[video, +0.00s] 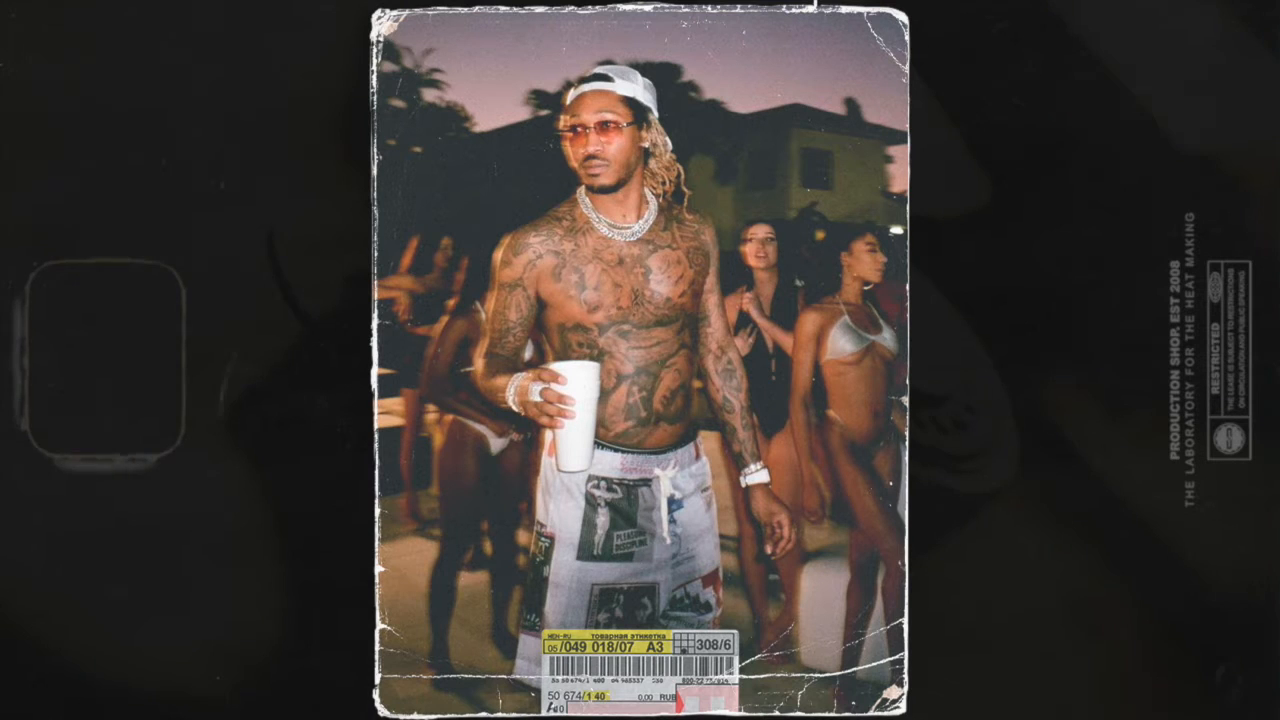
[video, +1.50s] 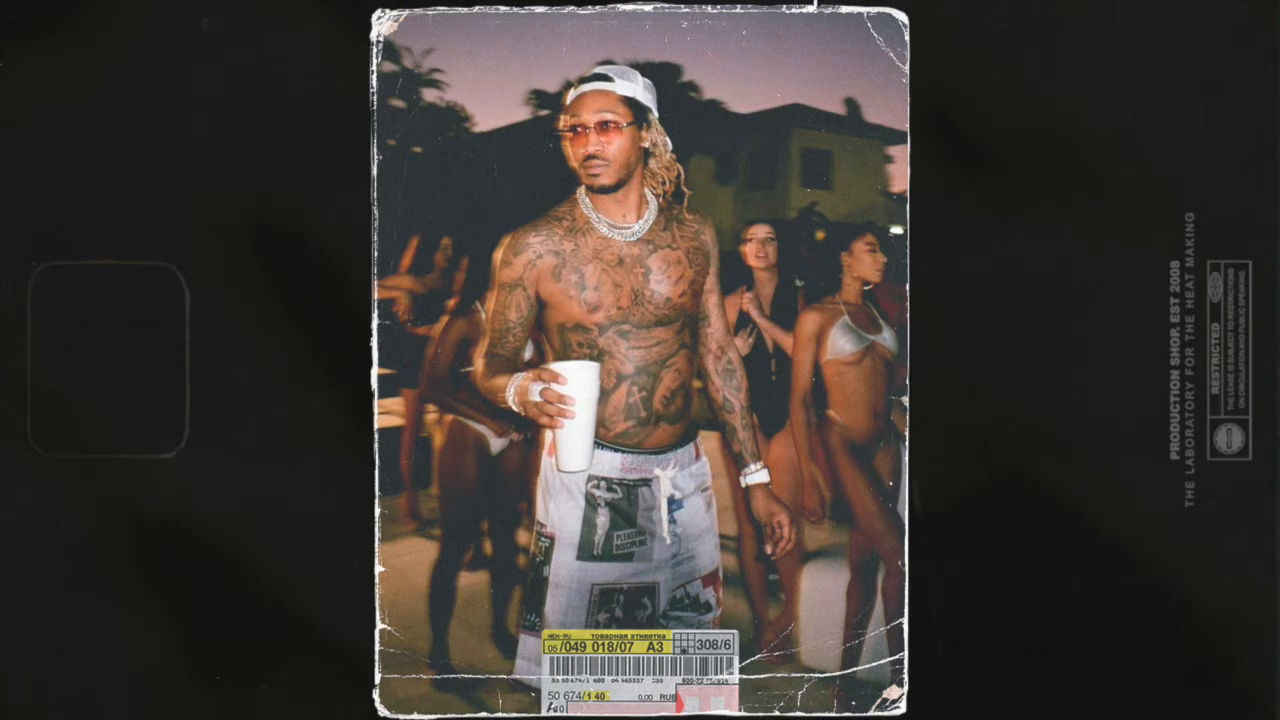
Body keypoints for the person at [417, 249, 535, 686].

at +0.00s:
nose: (515, 291)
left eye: (523, 283)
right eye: (509, 280)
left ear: (531, 291)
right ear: (495, 281)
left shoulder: (530, 334)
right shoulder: (464, 323)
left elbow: (542, 386)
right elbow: (434, 388)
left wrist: (528, 421)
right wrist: (489, 422)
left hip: (513, 446)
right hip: (465, 442)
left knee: (506, 541)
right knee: (456, 543)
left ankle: (501, 627)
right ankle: (439, 652)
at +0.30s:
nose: (514, 291)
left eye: (522, 284)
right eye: (508, 281)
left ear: (531, 291)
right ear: (494, 281)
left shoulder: (530, 332)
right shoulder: (465, 322)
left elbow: (543, 385)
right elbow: (434, 387)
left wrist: (528, 420)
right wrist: (489, 422)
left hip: (514, 445)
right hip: (465, 441)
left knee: (506, 541)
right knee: (456, 544)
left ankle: (501, 628)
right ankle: (439, 649)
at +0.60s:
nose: (514, 290)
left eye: (522, 283)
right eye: (508, 280)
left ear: (531, 290)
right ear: (494, 280)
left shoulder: (530, 332)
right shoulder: (465, 323)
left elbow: (543, 384)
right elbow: (434, 387)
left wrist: (530, 420)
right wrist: (489, 421)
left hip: (514, 444)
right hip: (465, 440)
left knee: (506, 541)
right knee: (456, 544)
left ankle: (501, 628)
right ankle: (439, 650)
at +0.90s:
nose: (514, 288)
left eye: (521, 281)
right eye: (508, 278)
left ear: (531, 289)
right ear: (494, 278)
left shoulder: (530, 331)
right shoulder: (465, 323)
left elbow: (543, 384)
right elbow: (435, 387)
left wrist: (530, 419)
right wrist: (489, 421)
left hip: (514, 445)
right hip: (465, 441)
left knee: (506, 541)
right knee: (456, 544)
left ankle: (501, 628)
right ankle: (439, 649)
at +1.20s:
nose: (514, 291)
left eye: (521, 284)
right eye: (507, 281)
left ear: (530, 291)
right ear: (493, 281)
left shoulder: (531, 334)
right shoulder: (464, 324)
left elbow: (543, 386)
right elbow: (434, 387)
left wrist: (529, 420)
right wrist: (490, 422)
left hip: (514, 445)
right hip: (464, 441)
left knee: (506, 542)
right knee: (455, 546)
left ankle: (501, 628)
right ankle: (439, 652)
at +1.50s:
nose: (514, 289)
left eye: (521, 281)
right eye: (507, 279)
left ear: (531, 289)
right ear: (493, 278)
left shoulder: (531, 333)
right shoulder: (465, 322)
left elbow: (543, 386)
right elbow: (434, 386)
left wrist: (529, 421)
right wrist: (490, 422)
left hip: (515, 443)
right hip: (465, 439)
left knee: (506, 540)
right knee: (456, 544)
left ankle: (501, 627)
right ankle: (439, 650)